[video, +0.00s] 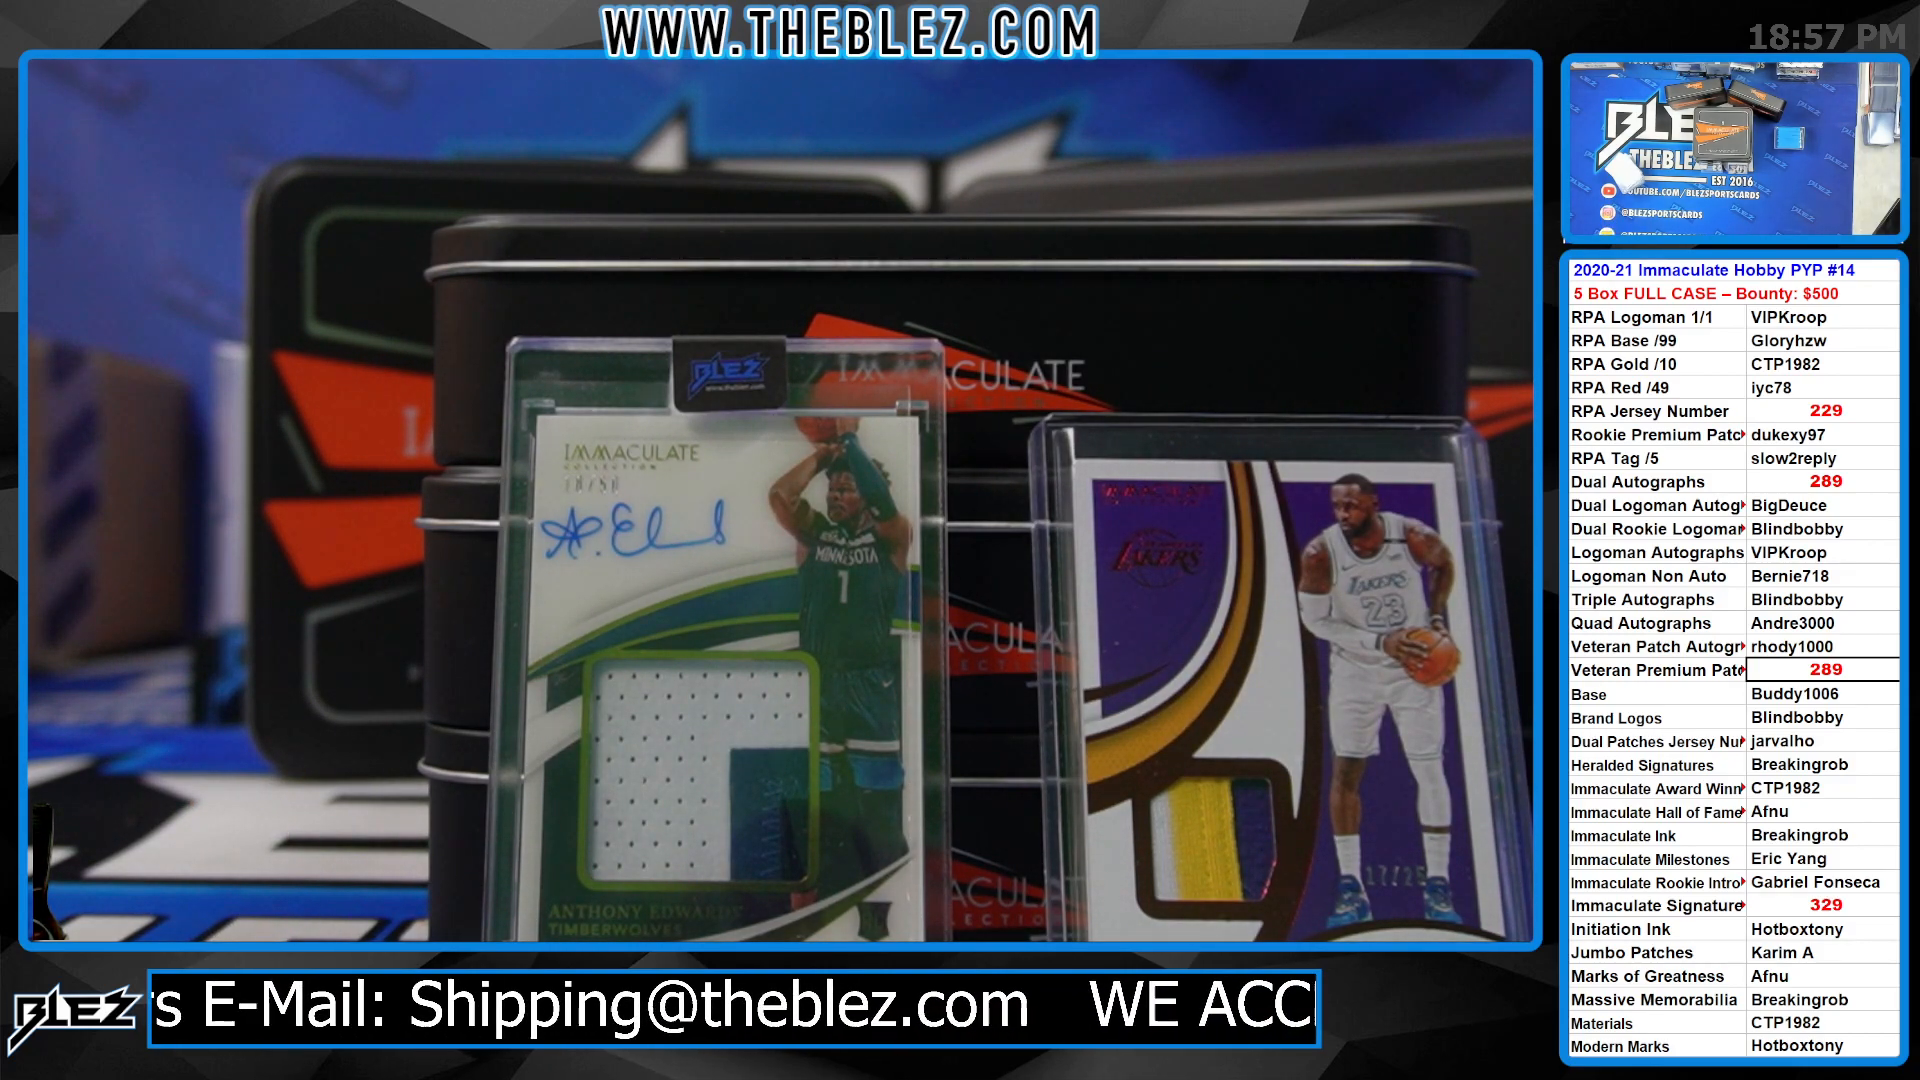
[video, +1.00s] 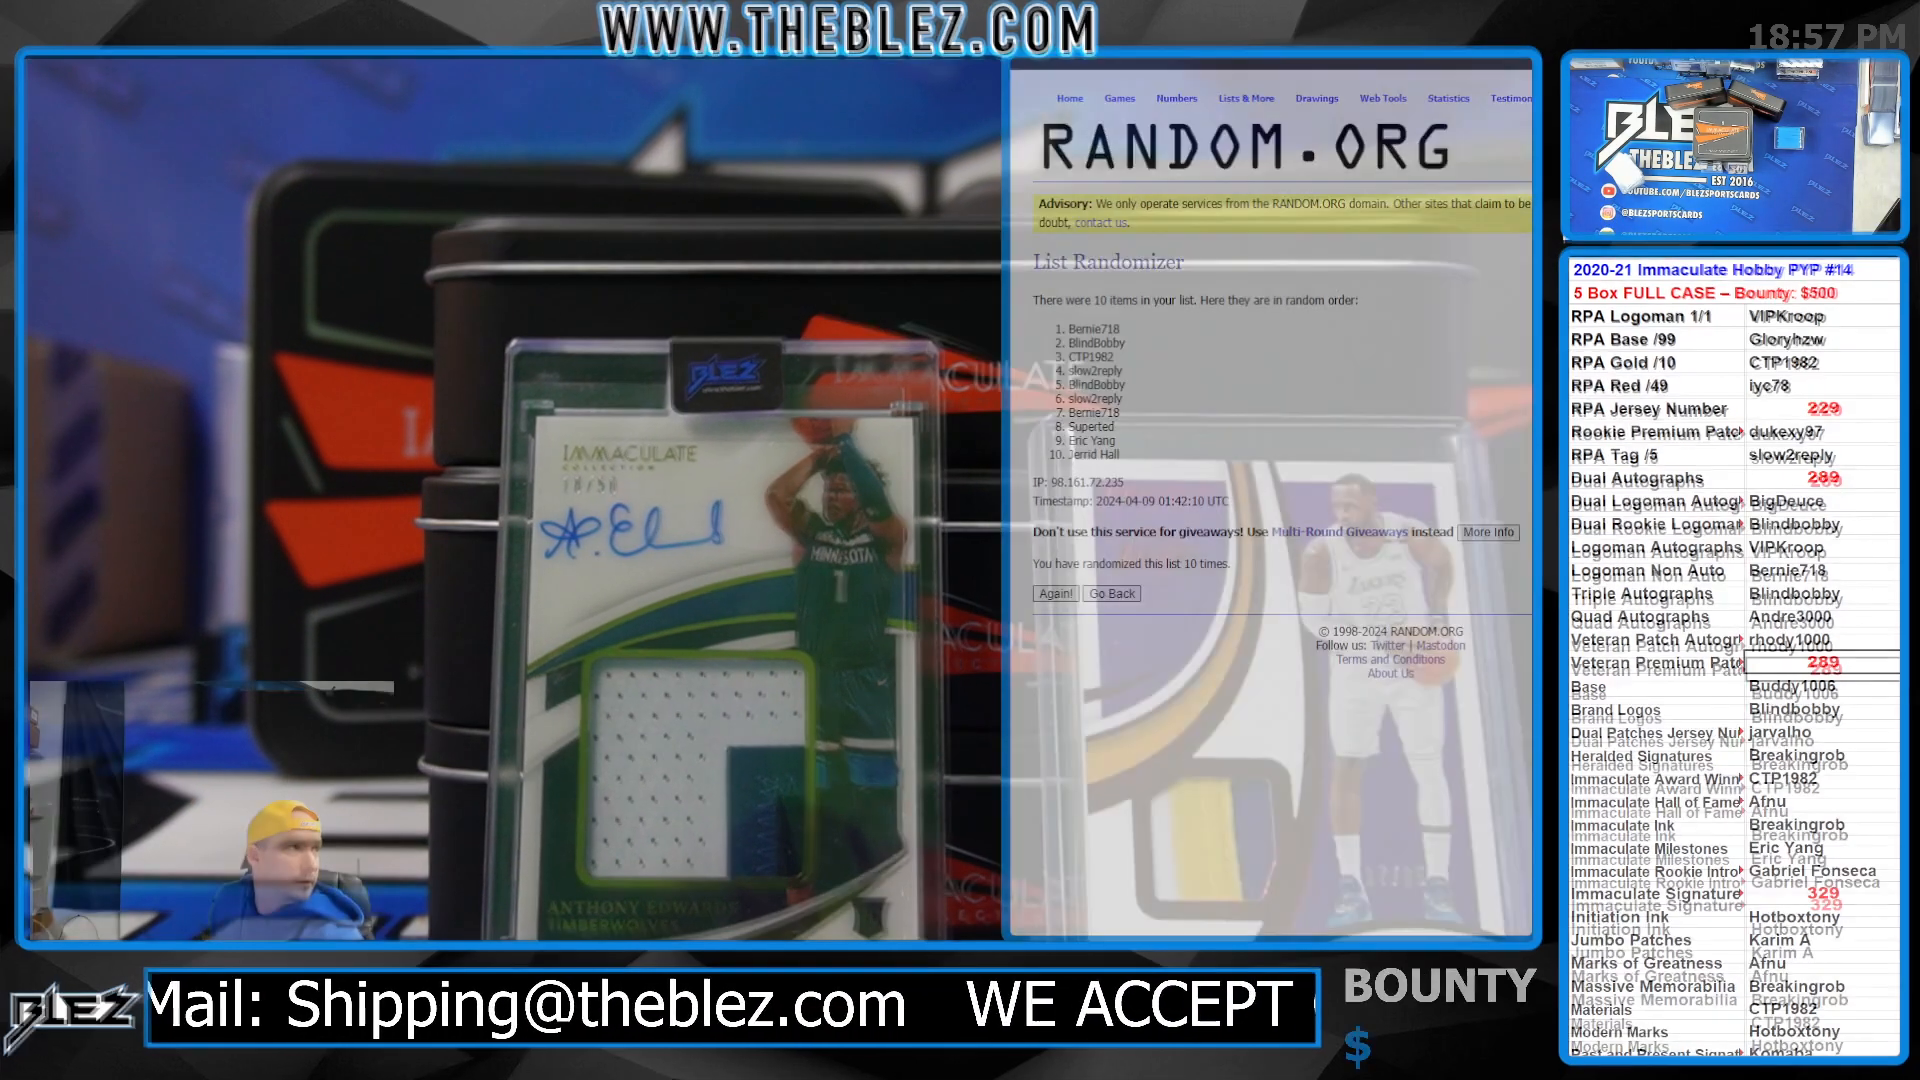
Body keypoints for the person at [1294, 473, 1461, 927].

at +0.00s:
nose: (1343, 514)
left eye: (1351, 505)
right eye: (1337, 506)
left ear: (1373, 504)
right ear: (1332, 509)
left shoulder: (1413, 536)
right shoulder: (1319, 554)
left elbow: (1444, 565)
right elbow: (1315, 621)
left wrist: (1436, 617)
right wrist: (1379, 642)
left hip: (1414, 673)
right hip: (1354, 674)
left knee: (1430, 771)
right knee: (1348, 773)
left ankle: (1438, 884)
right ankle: (1350, 888)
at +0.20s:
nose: (1342, 514)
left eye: (1351, 505)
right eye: (1337, 506)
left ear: (1373, 504)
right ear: (1332, 509)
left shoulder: (1414, 536)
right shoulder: (1319, 555)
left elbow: (1444, 565)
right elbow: (1315, 621)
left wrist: (1436, 617)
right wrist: (1379, 642)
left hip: (1414, 673)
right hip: (1354, 674)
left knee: (1430, 771)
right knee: (1348, 773)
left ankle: (1438, 885)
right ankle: (1350, 888)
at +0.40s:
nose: (1343, 514)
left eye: (1351, 505)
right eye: (1337, 506)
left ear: (1373, 505)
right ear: (1332, 509)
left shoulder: (1413, 536)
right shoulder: (1319, 555)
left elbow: (1444, 565)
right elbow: (1315, 621)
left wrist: (1436, 618)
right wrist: (1379, 642)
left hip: (1414, 673)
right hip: (1354, 675)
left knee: (1429, 771)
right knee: (1348, 773)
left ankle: (1438, 884)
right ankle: (1350, 888)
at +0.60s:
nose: (1342, 514)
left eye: (1350, 505)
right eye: (1337, 506)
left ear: (1373, 505)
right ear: (1332, 509)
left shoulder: (1413, 536)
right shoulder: (1319, 555)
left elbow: (1444, 565)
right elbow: (1315, 621)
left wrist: (1436, 617)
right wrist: (1379, 641)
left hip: (1414, 673)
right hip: (1354, 675)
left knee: (1430, 772)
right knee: (1348, 773)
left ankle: (1438, 885)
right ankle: (1350, 888)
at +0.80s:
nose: (1342, 514)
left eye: (1351, 505)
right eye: (1337, 506)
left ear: (1373, 505)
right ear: (1332, 509)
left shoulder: (1413, 536)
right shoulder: (1319, 555)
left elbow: (1444, 565)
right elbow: (1315, 621)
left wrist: (1436, 617)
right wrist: (1379, 642)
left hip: (1414, 673)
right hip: (1354, 674)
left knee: (1430, 771)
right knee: (1348, 772)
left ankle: (1438, 885)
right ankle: (1350, 888)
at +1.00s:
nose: (1345, 514)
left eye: (1353, 505)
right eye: (1338, 507)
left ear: (1373, 503)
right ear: (1331, 510)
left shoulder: (1407, 532)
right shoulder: (1322, 551)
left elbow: (1443, 563)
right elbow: (1314, 622)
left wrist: (1434, 620)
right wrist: (1364, 646)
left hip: (1415, 674)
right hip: (1353, 677)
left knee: (1429, 772)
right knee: (1348, 772)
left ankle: (1437, 884)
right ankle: (1350, 887)